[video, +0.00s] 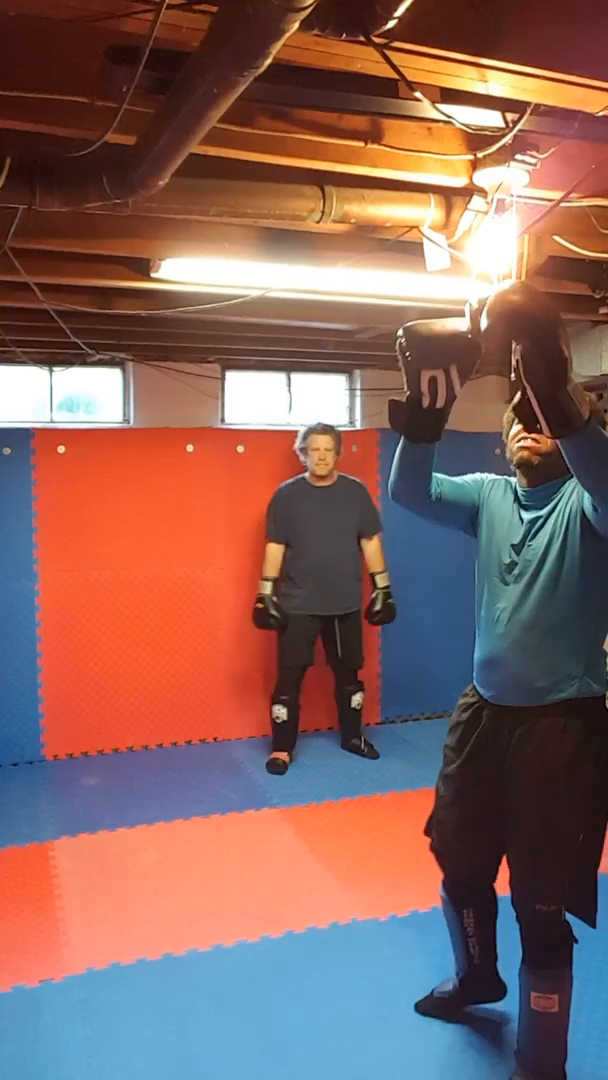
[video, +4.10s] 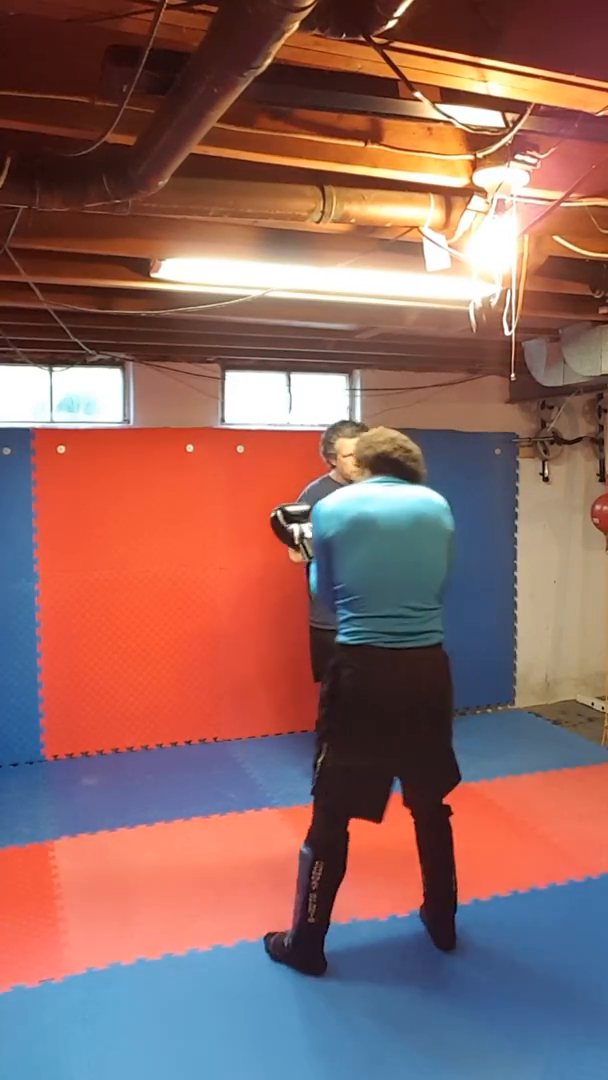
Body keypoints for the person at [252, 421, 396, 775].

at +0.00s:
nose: (321, 457)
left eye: (327, 451)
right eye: (314, 451)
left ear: (337, 454)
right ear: (304, 454)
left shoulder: (355, 491)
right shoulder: (287, 495)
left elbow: (371, 541)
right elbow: (275, 545)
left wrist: (383, 588)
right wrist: (265, 592)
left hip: (346, 603)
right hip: (297, 602)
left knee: (350, 672)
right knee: (290, 676)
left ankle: (353, 736)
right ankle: (282, 748)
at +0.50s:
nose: (282, 458)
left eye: (288, 451)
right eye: (276, 452)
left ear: (301, 453)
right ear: (267, 455)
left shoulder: (323, 491)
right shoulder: (252, 495)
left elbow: (337, 540)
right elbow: (240, 546)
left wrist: (342, 587)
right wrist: (230, 593)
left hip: (313, 601)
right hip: (266, 602)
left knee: (312, 674)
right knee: (272, 675)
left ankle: (317, 747)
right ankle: (279, 745)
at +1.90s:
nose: (311, 454)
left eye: (316, 448)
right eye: (303, 449)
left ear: (324, 452)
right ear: (288, 454)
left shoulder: (339, 491)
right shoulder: (270, 494)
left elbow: (353, 532)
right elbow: (257, 543)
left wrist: (352, 551)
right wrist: (283, 574)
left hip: (332, 604)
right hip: (286, 606)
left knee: (342, 675)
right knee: (283, 677)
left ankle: (354, 744)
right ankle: (281, 748)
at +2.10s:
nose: (326, 455)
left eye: (331, 449)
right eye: (318, 450)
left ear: (337, 451)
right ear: (303, 454)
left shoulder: (353, 489)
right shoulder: (287, 492)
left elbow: (371, 534)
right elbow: (275, 544)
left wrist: (363, 547)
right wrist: (322, 547)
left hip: (349, 604)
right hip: (303, 606)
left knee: (354, 675)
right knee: (293, 676)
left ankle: (356, 745)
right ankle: (283, 748)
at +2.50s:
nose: (357, 457)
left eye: (361, 450)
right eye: (349, 451)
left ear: (367, 452)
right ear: (332, 455)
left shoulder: (381, 490)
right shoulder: (315, 493)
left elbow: (398, 536)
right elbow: (301, 547)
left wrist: (390, 541)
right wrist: (346, 537)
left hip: (375, 603)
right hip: (333, 604)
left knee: (366, 674)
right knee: (329, 672)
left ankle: (358, 744)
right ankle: (295, 747)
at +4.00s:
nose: (359, 462)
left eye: (362, 454)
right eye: (350, 456)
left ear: (368, 453)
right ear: (331, 458)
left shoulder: (374, 489)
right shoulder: (316, 494)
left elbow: (387, 543)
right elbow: (296, 552)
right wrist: (340, 546)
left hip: (373, 619)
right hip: (333, 621)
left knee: (368, 698)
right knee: (336, 697)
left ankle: (367, 771)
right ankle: (334, 771)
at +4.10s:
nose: (358, 461)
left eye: (360, 453)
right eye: (349, 455)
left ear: (368, 451)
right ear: (330, 460)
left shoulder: (375, 489)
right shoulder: (316, 495)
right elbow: (297, 554)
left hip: (374, 622)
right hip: (331, 623)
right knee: (336, 702)